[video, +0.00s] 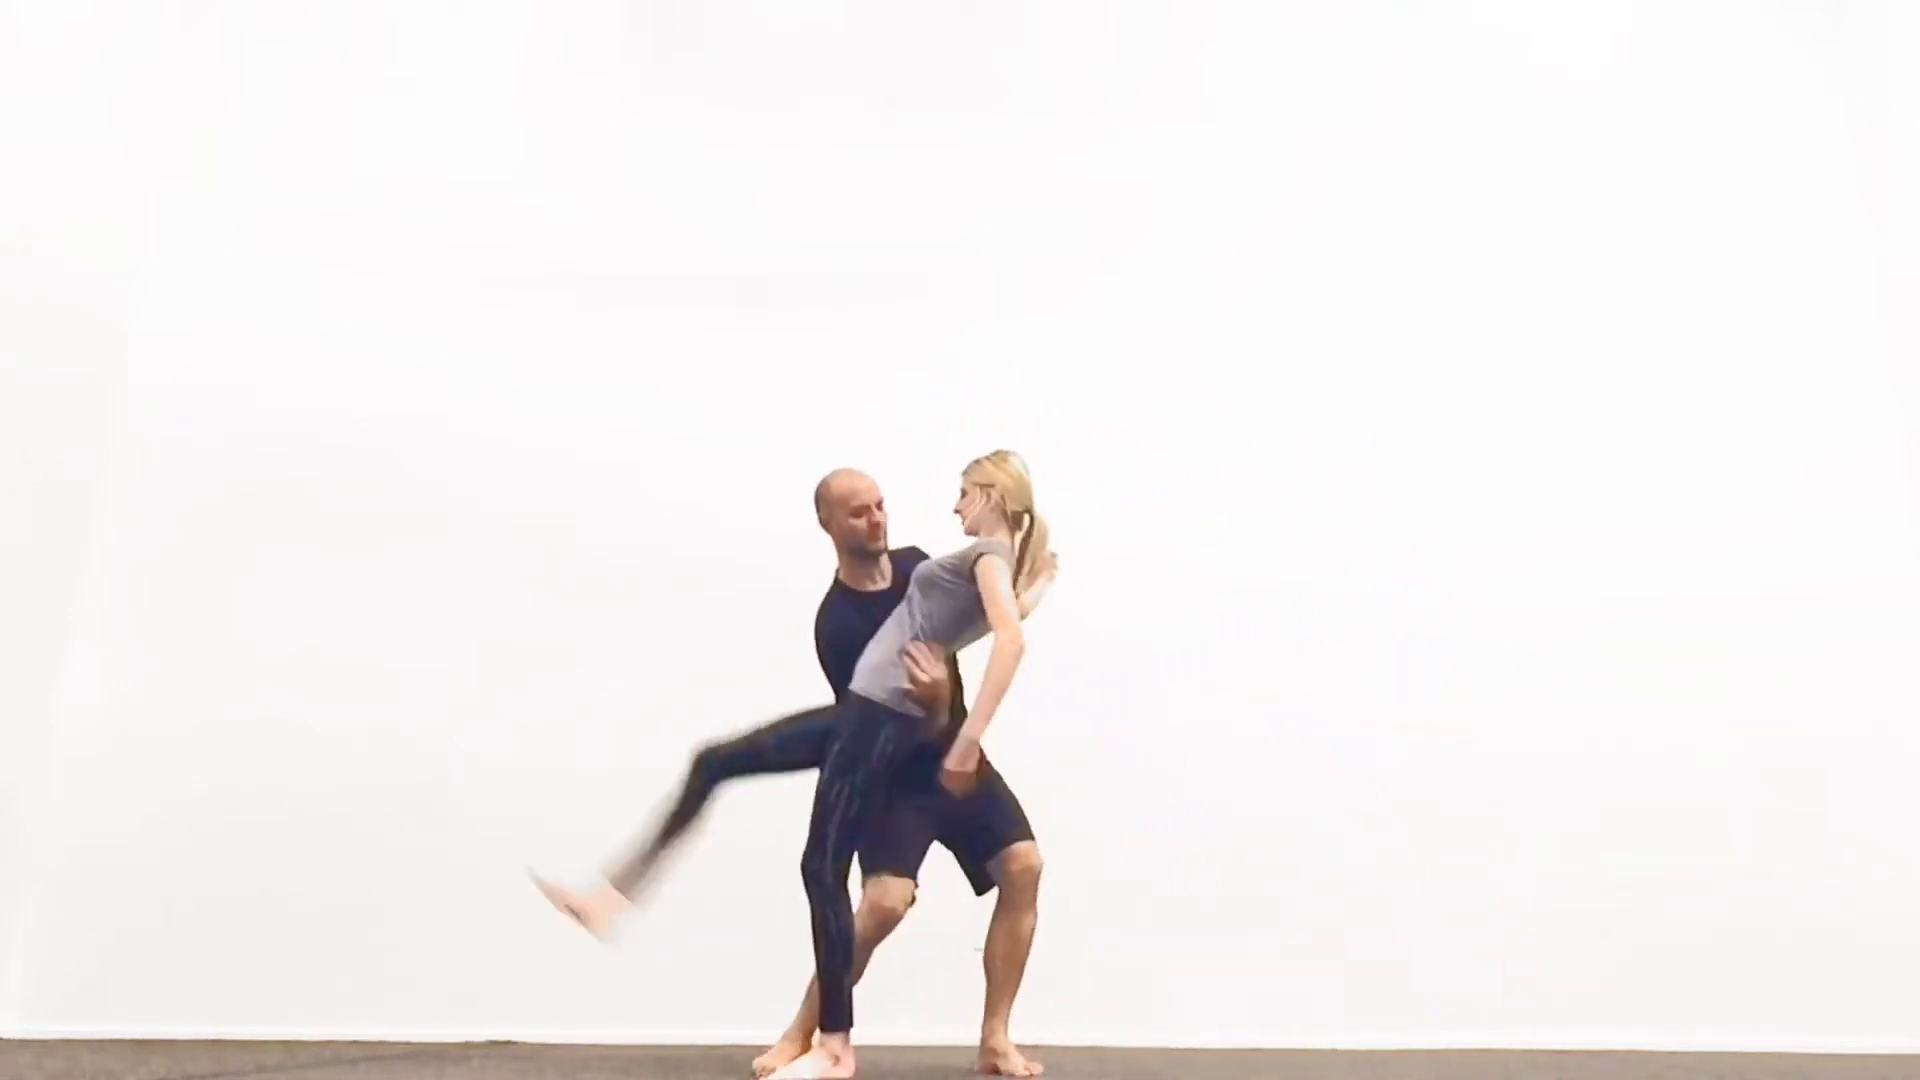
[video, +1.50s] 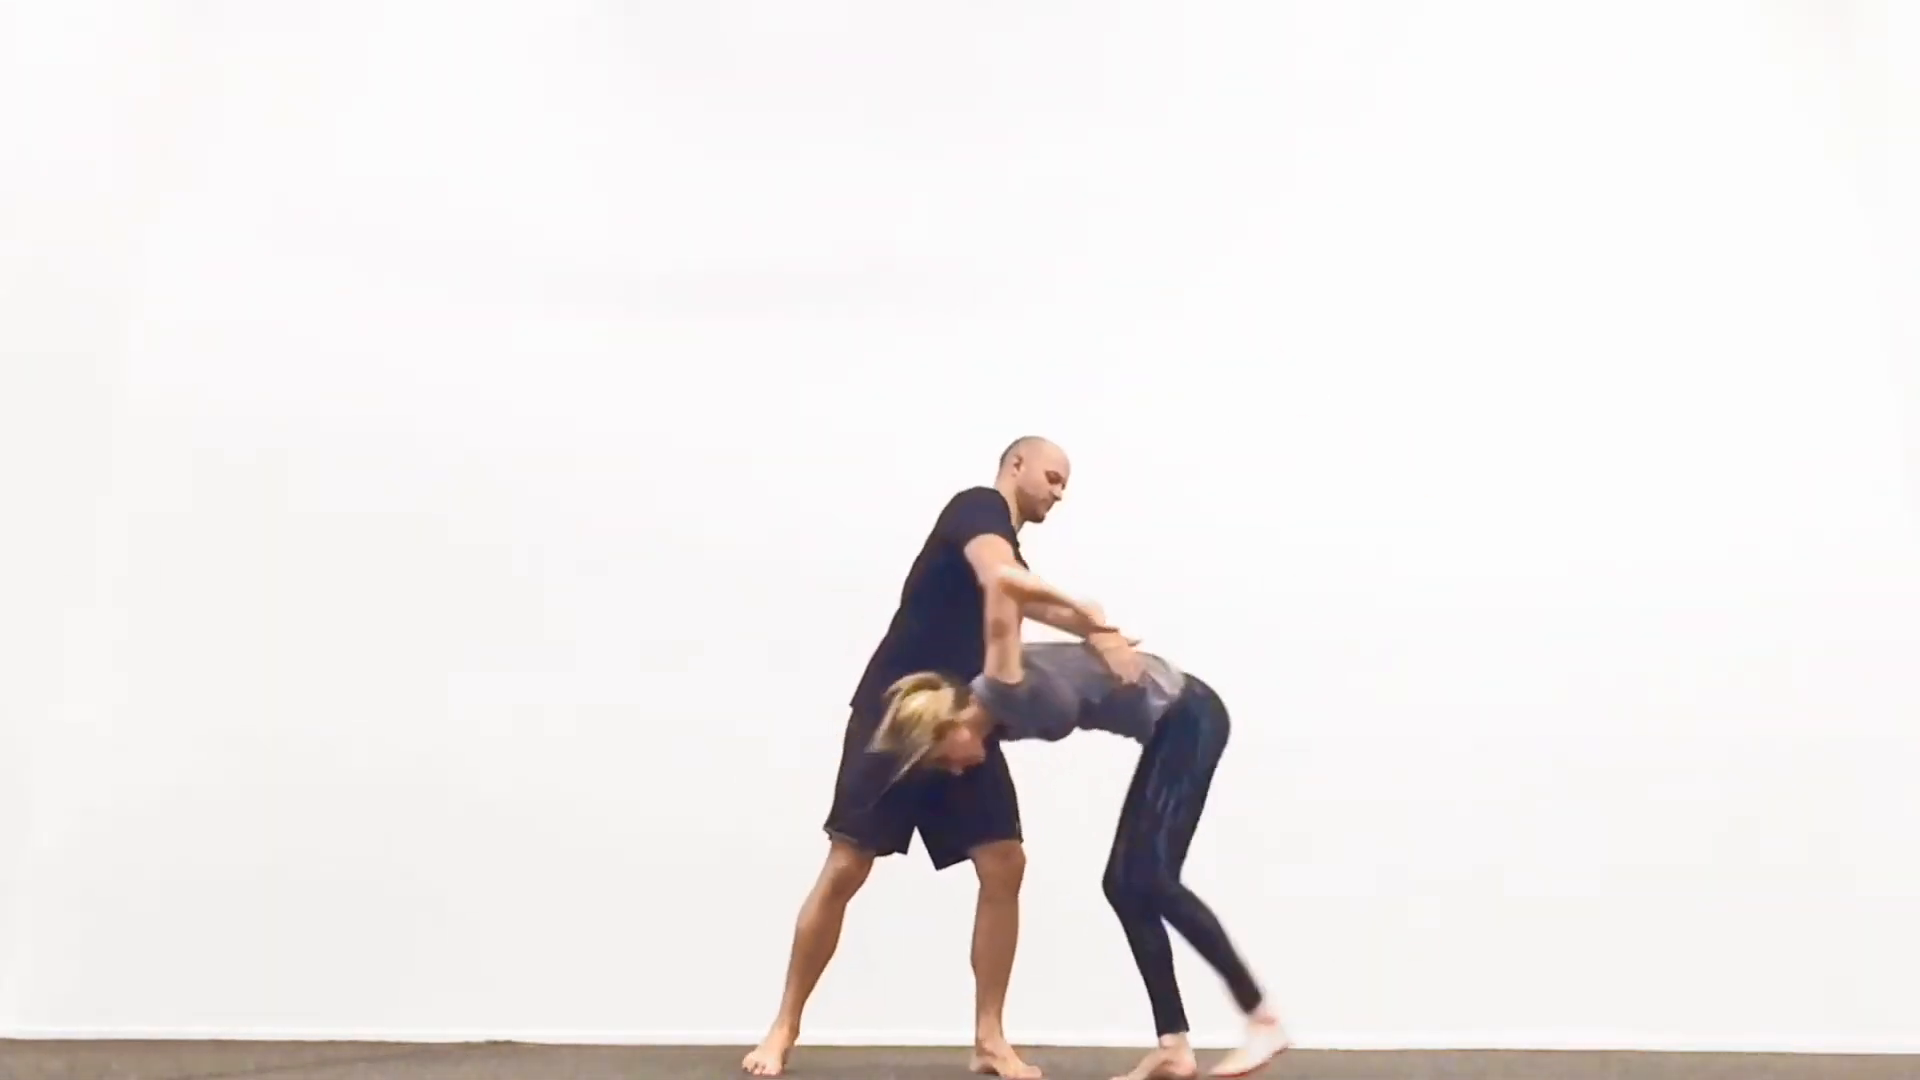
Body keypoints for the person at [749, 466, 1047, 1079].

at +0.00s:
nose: (877, 518)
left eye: (879, 505)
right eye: (860, 513)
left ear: (886, 504)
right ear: (828, 526)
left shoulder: (915, 564)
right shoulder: (835, 624)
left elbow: (952, 660)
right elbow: (870, 725)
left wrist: (951, 700)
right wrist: (939, 701)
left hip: (951, 750)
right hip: (893, 767)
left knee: (1023, 868)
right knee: (888, 902)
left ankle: (996, 1040)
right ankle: (799, 1036)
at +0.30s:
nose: (928, 468)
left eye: (936, 459)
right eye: (916, 457)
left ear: (945, 466)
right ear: (887, 463)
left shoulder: (965, 552)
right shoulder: (851, 543)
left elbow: (988, 660)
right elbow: (820, 644)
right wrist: (856, 636)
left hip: (935, 738)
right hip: (853, 737)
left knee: (981, 865)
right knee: (820, 876)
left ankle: (991, 1041)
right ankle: (783, 1039)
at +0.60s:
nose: (974, 482)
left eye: (983, 476)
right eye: (966, 466)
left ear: (982, 487)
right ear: (932, 460)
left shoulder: (969, 570)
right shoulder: (858, 511)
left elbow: (971, 666)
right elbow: (776, 572)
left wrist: (973, 707)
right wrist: (795, 576)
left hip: (902, 728)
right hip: (820, 711)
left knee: (935, 874)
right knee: (801, 872)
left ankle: (986, 1040)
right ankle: (778, 1038)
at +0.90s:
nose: (984, 509)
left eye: (996, 505)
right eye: (978, 494)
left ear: (996, 516)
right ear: (945, 487)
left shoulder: (963, 586)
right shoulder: (877, 527)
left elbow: (941, 692)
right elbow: (793, 576)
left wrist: (942, 688)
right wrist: (818, 548)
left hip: (891, 719)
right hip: (813, 707)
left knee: (941, 862)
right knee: (792, 874)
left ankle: (985, 1033)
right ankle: (776, 1038)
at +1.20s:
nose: (1025, 519)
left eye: (1031, 513)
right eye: (1021, 504)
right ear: (985, 487)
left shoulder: (987, 585)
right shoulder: (928, 512)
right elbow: (873, 587)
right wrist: (946, 594)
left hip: (932, 729)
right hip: (854, 720)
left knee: (984, 863)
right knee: (816, 878)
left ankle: (991, 1038)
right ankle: (779, 1036)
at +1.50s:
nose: (1059, 491)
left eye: (1065, 485)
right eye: (1053, 477)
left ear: (1034, 481)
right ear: (1014, 465)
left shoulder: (1006, 545)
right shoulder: (977, 505)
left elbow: (1010, 632)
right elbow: (1000, 580)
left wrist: (1101, 640)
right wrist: (1095, 626)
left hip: (963, 709)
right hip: (896, 706)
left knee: (1005, 864)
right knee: (845, 870)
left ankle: (991, 1040)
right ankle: (783, 1029)